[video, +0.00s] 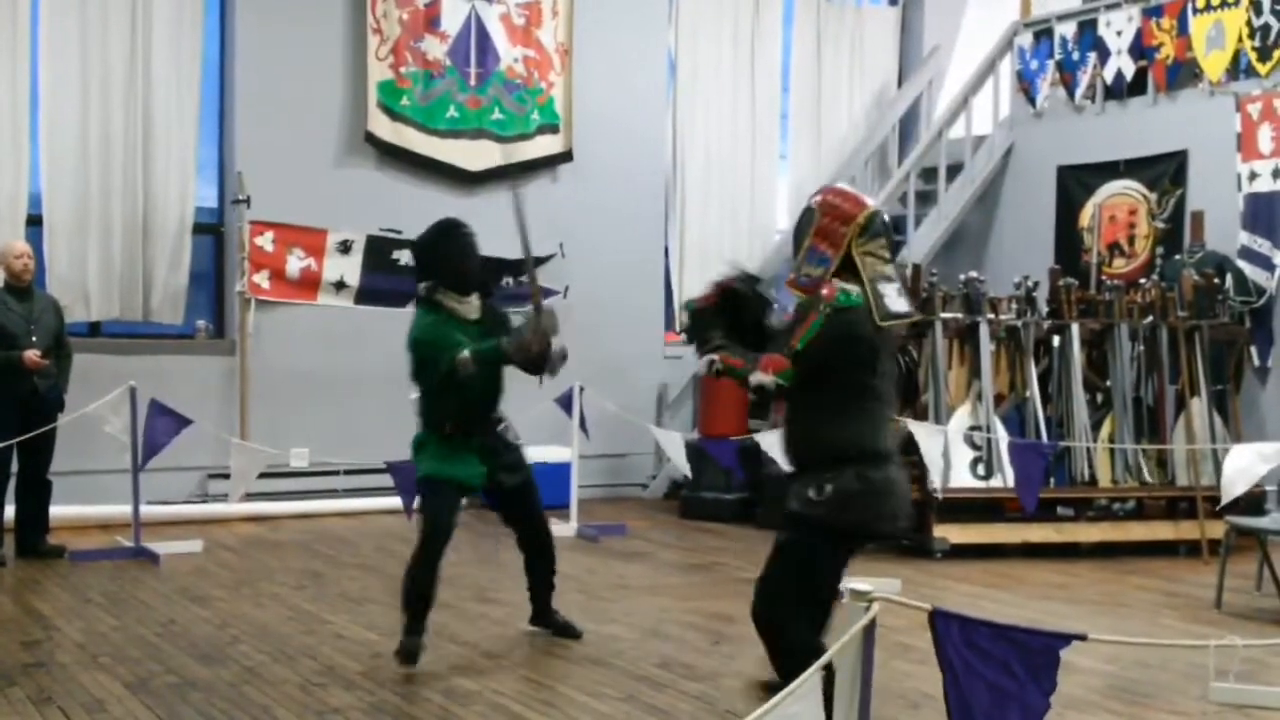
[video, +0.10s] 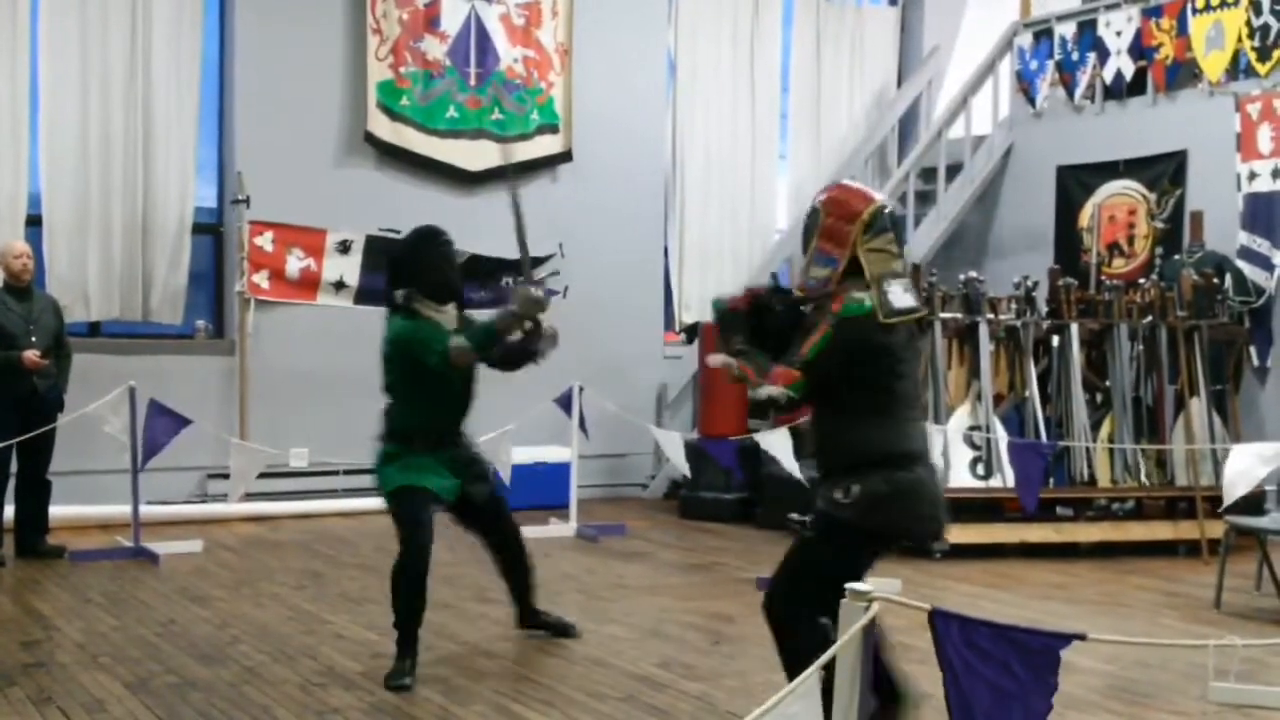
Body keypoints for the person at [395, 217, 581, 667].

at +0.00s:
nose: (476, 264)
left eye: (474, 255)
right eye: (465, 257)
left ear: (471, 260)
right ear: (442, 266)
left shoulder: (487, 314)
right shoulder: (428, 327)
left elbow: (518, 355)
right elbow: (455, 365)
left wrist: (541, 351)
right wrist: (508, 349)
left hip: (491, 437)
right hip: (444, 444)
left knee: (534, 528)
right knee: (435, 535)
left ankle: (542, 610)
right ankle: (413, 631)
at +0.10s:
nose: (454, 271)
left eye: (452, 264)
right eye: (445, 264)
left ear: (445, 273)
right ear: (424, 272)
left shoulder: (463, 324)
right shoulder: (404, 332)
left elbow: (497, 357)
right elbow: (451, 355)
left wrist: (532, 346)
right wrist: (509, 317)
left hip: (453, 453)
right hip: (406, 456)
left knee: (503, 530)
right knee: (416, 544)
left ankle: (527, 612)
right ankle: (406, 652)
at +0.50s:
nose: (352, 255)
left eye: (352, 245)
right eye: (344, 245)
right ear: (323, 250)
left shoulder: (354, 315)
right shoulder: (288, 315)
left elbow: (370, 373)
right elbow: (305, 386)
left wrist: (368, 416)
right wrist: (344, 427)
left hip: (332, 449)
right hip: (296, 450)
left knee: (314, 554)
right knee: (327, 552)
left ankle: (239, 618)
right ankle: (360, 649)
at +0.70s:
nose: (311, 247)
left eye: (310, 236)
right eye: (302, 236)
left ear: (273, 244)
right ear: (279, 243)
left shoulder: (297, 309)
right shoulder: (235, 306)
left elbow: (310, 378)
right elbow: (237, 386)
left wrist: (310, 430)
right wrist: (284, 435)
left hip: (265, 444)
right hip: (221, 439)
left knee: (262, 540)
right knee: (231, 531)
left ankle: (224, 636)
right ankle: (171, 620)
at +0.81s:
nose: (289, 247)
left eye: (288, 236)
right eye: (281, 236)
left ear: (253, 244)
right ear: (256, 243)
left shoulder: (267, 307)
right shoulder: (215, 307)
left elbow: (262, 377)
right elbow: (215, 387)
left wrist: (262, 420)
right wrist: (253, 437)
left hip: (234, 444)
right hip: (190, 441)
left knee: (245, 540)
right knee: (158, 540)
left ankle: (222, 638)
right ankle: (85, 604)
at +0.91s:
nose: (263, 258)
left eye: (262, 247)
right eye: (254, 248)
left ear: (228, 255)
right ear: (229, 254)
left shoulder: (238, 315)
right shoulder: (188, 316)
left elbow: (225, 386)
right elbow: (186, 394)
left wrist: (233, 432)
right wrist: (225, 441)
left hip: (202, 452)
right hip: (156, 449)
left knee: (234, 537)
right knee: (107, 538)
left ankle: (221, 636)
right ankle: (40, 617)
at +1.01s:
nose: (237, 274)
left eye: (235, 264)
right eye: (228, 264)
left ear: (206, 274)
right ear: (199, 272)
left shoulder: (212, 332)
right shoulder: (157, 332)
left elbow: (207, 404)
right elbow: (156, 411)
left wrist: (207, 448)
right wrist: (200, 451)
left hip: (171, 466)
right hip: (122, 462)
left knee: (222, 535)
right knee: (74, 545)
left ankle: (219, 636)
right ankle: (27, 621)